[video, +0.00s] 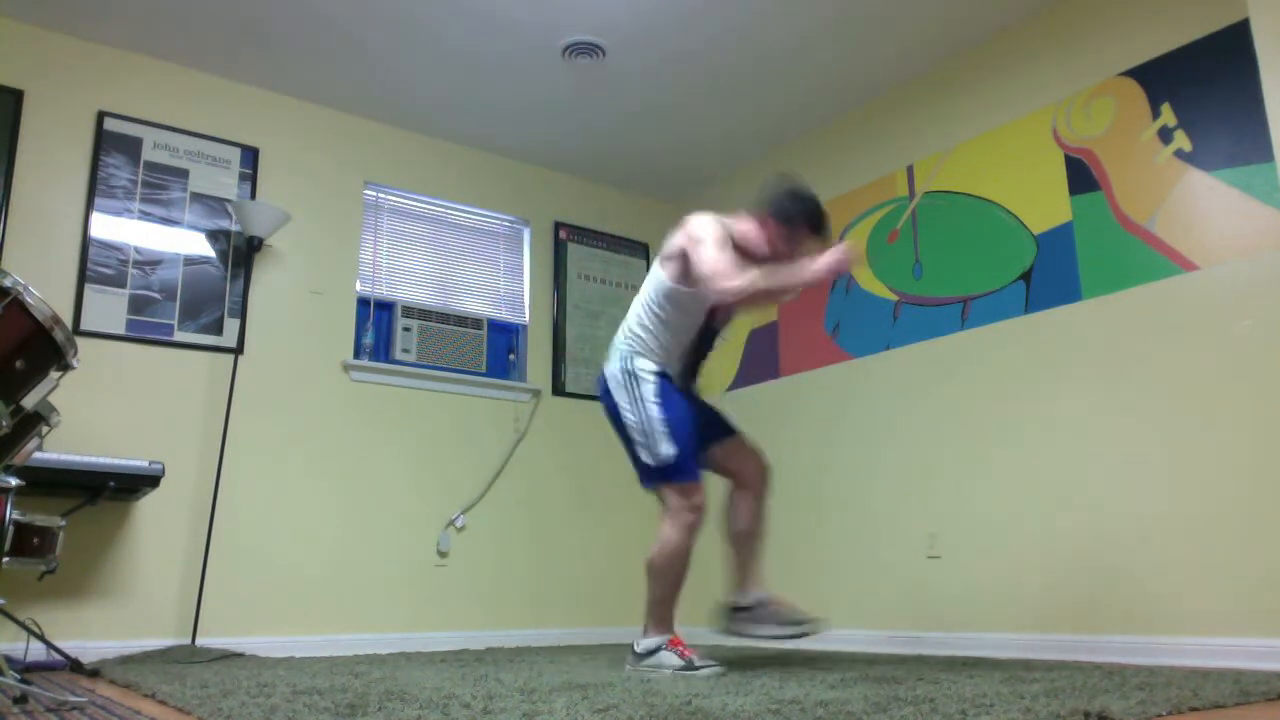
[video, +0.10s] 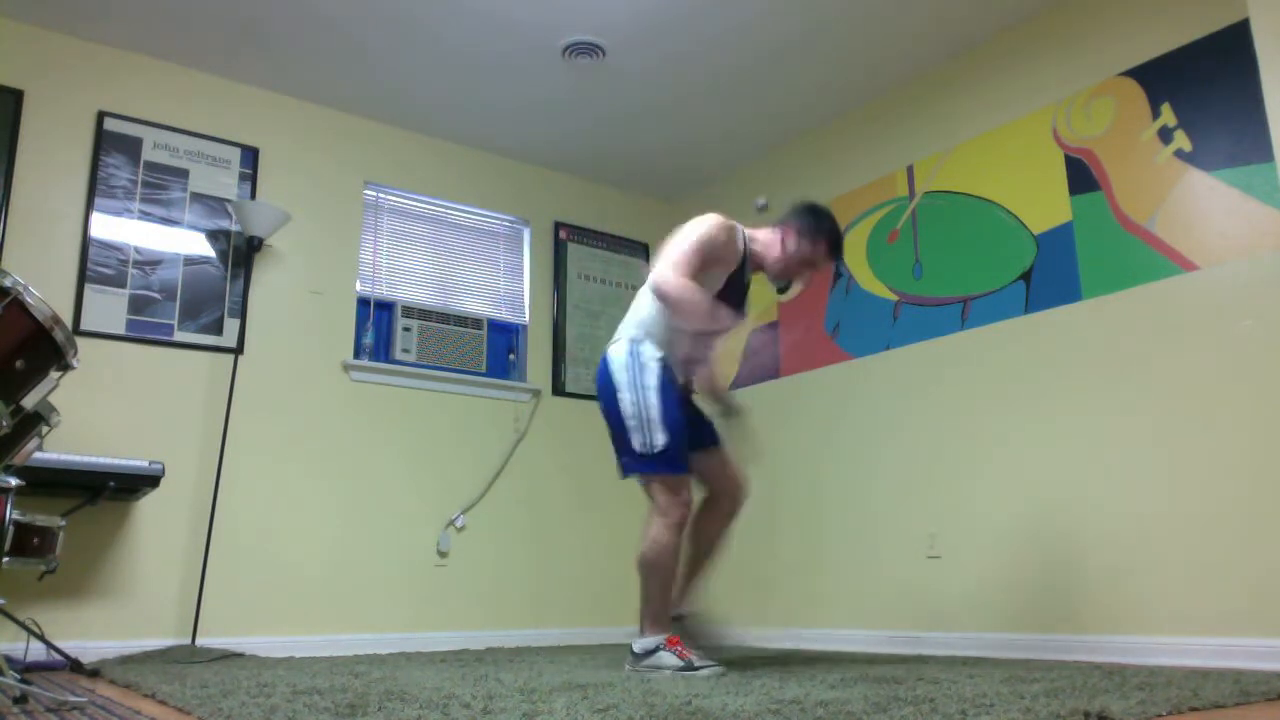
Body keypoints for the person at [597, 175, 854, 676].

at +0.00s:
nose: (783, 261)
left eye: (791, 255)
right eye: (786, 250)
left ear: (779, 233)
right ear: (771, 227)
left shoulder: (746, 255)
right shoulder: (704, 229)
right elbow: (726, 286)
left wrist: (811, 275)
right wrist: (815, 270)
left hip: (669, 383)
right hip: (634, 374)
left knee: (750, 469)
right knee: (684, 506)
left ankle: (746, 601)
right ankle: (654, 642)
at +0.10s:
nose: (800, 279)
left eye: (810, 271)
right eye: (805, 265)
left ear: (794, 245)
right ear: (789, 236)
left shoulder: (741, 284)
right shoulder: (718, 230)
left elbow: (693, 356)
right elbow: (664, 279)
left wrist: (722, 399)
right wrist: (714, 318)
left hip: (666, 379)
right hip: (635, 363)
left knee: (728, 488)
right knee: (672, 502)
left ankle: (672, 611)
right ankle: (650, 640)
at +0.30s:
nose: (763, 205)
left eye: (773, 201)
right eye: (762, 189)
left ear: (774, 210)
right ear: (739, 177)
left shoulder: (737, 260)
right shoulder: (700, 209)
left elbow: (773, 311)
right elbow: (652, 188)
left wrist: (777, 322)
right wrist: (596, 170)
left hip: (671, 371)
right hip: (679, 351)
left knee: (674, 498)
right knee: (794, 417)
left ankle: (629, 629)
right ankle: (766, 538)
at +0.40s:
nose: (776, 186)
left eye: (787, 184)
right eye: (776, 171)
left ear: (789, 189)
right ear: (756, 153)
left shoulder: (763, 224)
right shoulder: (721, 182)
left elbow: (801, 271)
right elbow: (678, 151)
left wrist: (845, 254)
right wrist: (645, 115)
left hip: (669, 343)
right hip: (685, 312)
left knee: (695, 469)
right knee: (801, 337)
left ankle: (659, 578)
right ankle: (824, 403)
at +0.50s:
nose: (796, 191)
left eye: (806, 186)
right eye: (795, 176)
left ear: (807, 188)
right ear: (772, 155)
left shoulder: (778, 216)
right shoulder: (737, 188)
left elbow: (834, 227)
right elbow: (716, 146)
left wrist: (894, 229)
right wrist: (752, 95)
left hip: (671, 344)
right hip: (695, 306)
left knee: (743, 444)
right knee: (822, 319)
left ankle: (706, 496)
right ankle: (733, 361)